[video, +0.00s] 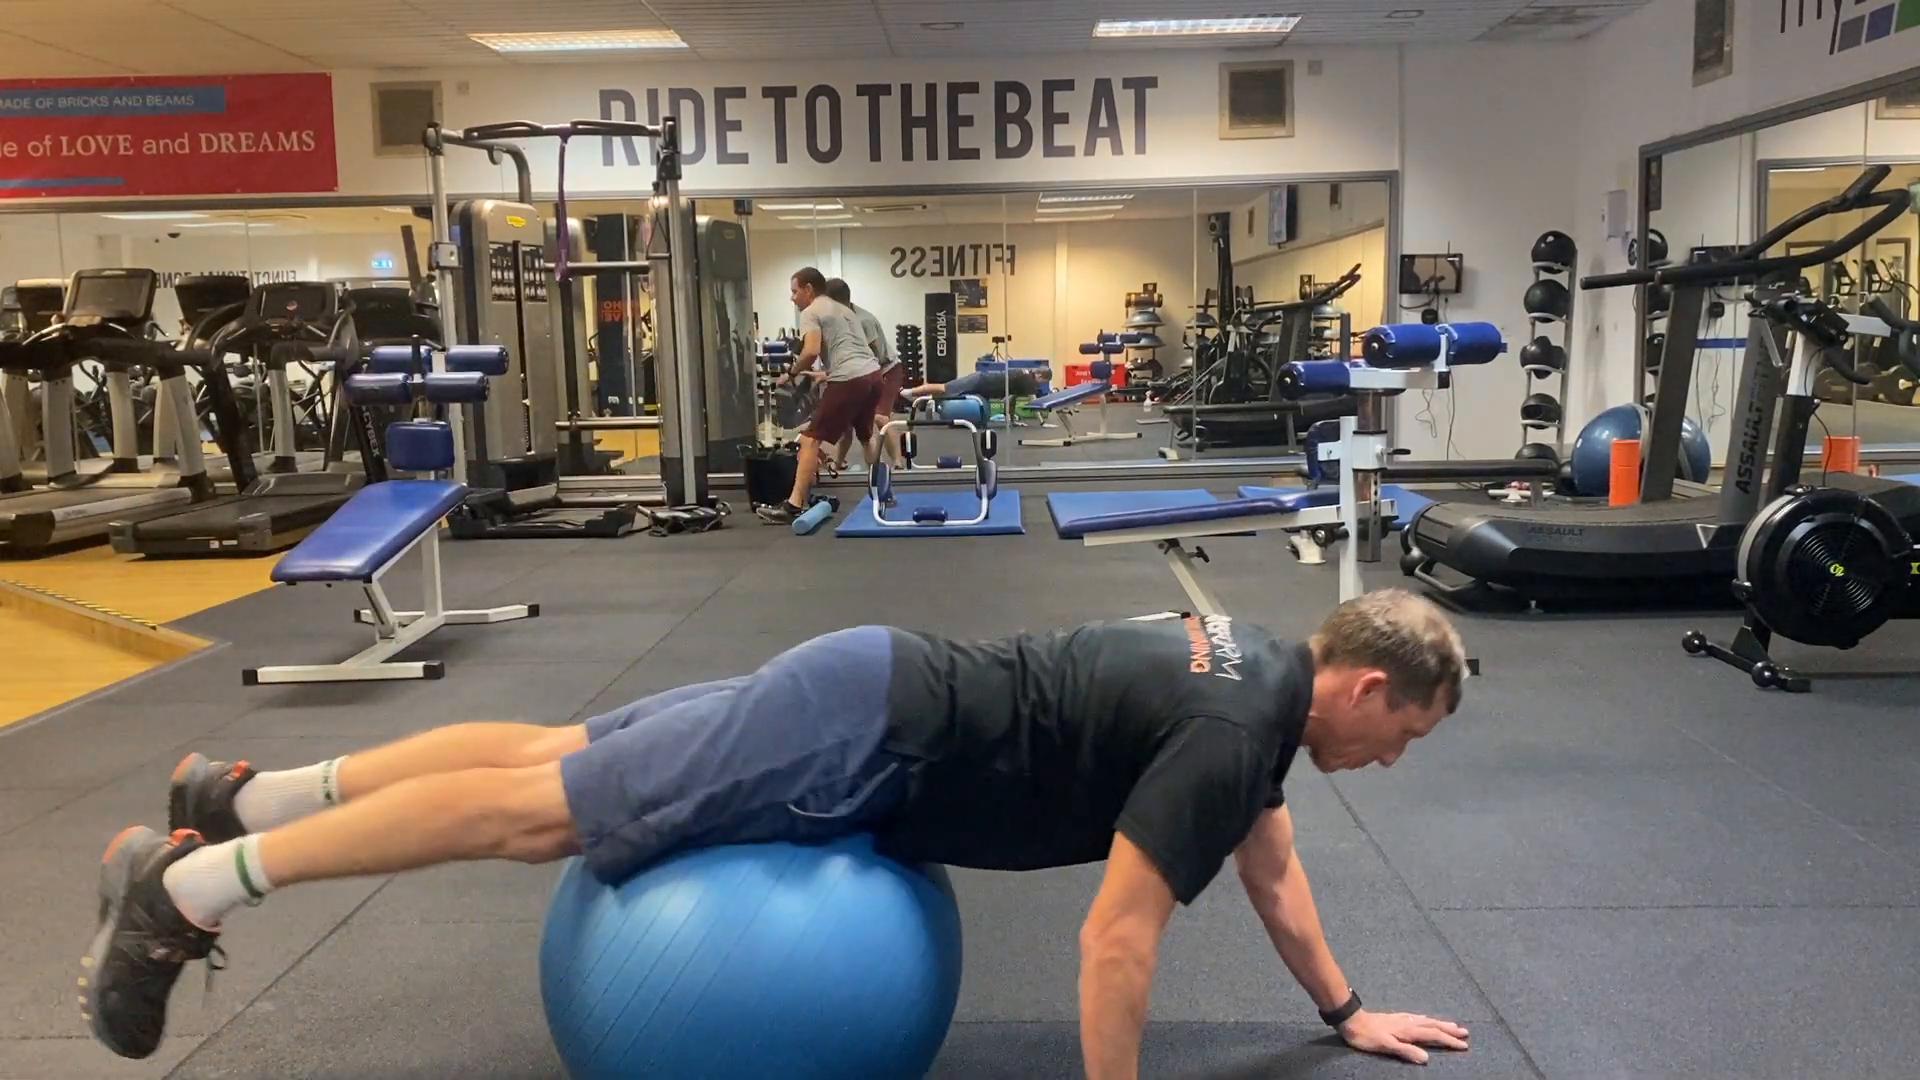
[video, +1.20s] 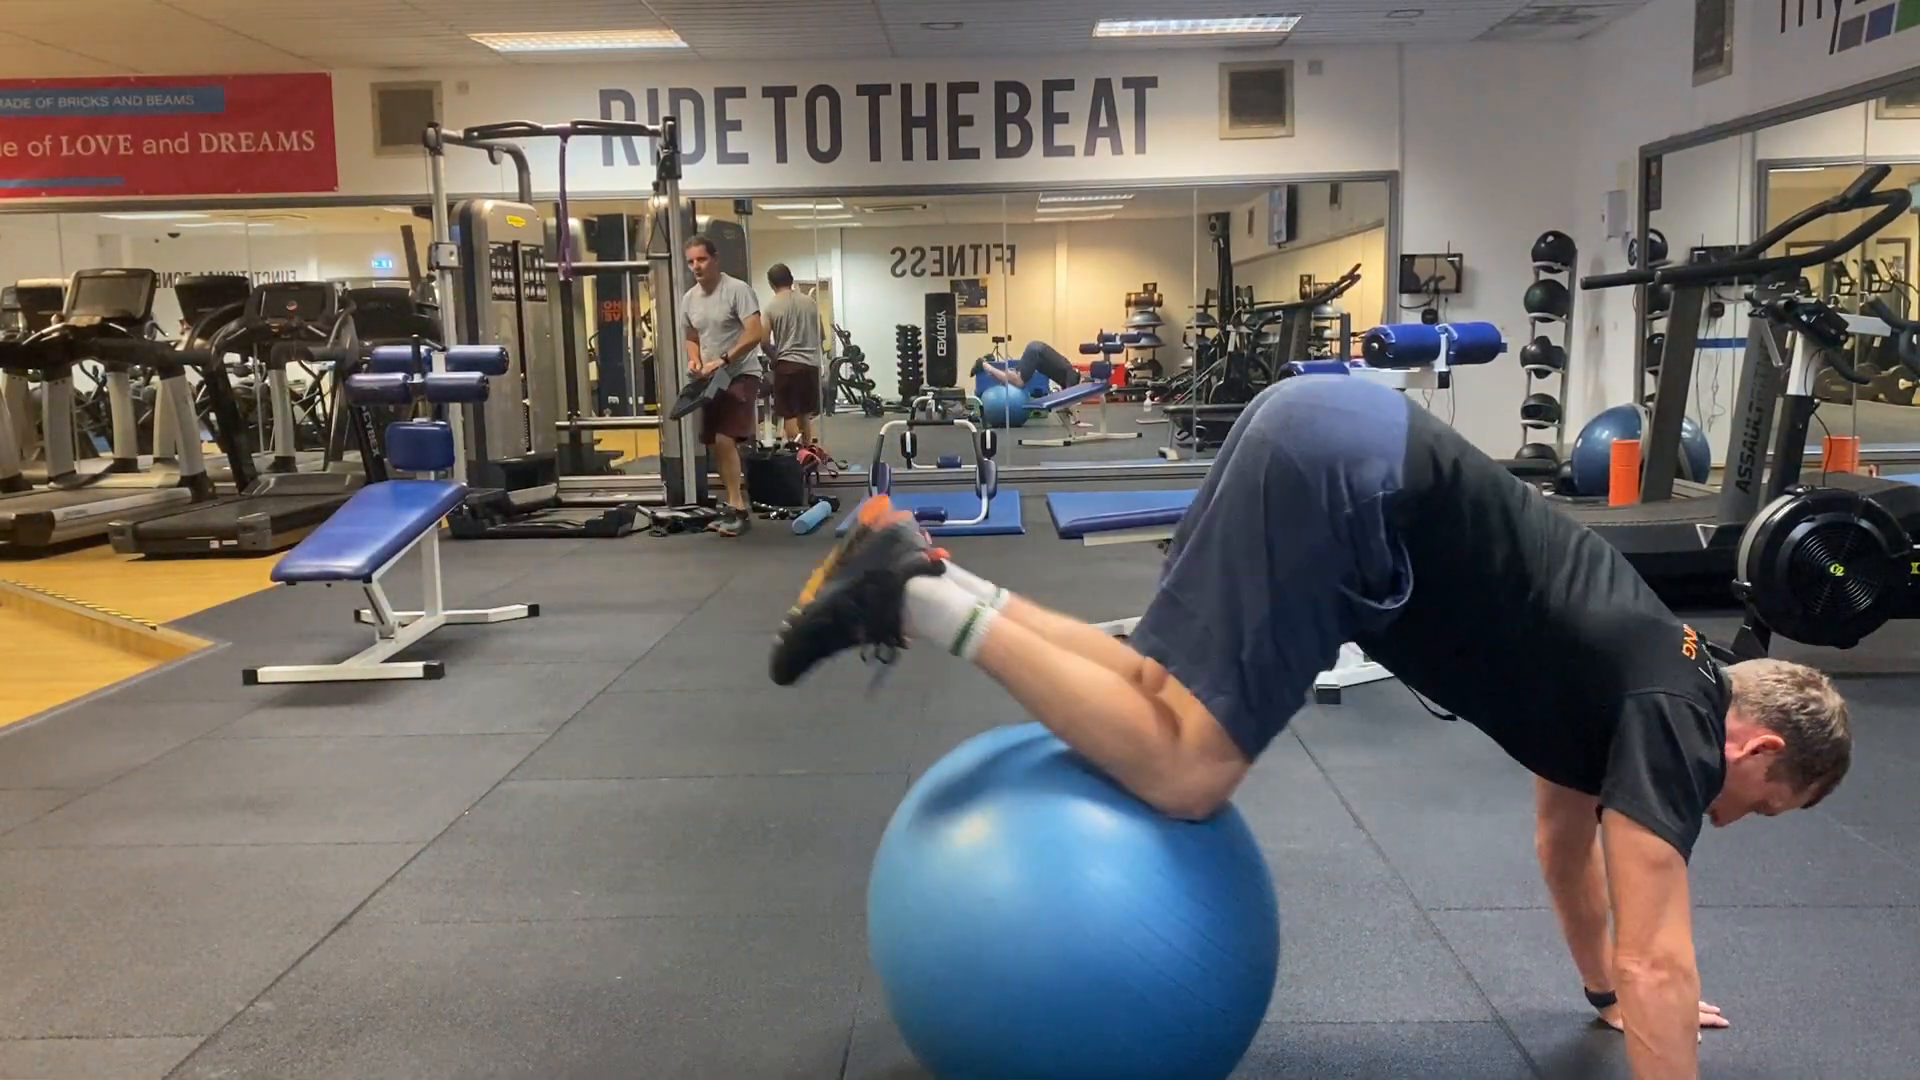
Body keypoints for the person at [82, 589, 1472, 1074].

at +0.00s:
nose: (1406, 750)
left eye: (1418, 732)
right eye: (1413, 731)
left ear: (1359, 668)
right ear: (1368, 694)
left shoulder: (1263, 684)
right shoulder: (1233, 732)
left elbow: (1278, 874)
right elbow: (1113, 943)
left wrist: (1346, 1013)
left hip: (877, 684)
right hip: (867, 728)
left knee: (565, 752)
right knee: (542, 812)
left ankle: (257, 795)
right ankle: (193, 886)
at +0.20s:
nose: (1488, 723)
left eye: (1501, 705)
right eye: (1496, 700)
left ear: (1438, 633)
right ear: (1449, 663)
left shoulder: (1325, 643)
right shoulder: (1339, 705)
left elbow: (1295, 863)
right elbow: (1311, 929)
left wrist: (1356, 992)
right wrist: (1397, 1054)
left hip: (955, 662)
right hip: (955, 718)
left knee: (651, 732)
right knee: (622, 812)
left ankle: (349, 744)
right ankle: (300, 904)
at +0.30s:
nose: (1533, 727)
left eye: (1544, 706)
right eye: (1534, 701)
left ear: (1464, 650)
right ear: (1483, 661)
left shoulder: (1346, 659)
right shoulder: (1401, 723)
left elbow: (1297, 863)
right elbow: (1504, 957)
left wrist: (1342, 1011)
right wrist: (1599, 1076)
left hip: (989, 676)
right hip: (984, 728)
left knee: (689, 720)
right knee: (655, 797)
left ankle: (399, 728)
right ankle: (331, 858)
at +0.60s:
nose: (1721, 726)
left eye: (1728, 703)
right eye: (1728, 704)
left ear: (1641, 652)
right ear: (1678, 685)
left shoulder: (1517, 671)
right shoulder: (1567, 745)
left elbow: (1373, 808)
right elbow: (1614, 998)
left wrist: (1418, 966)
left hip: (1163, 717)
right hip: (1150, 748)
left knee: (836, 740)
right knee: (832, 758)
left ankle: (515, 691)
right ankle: (496, 706)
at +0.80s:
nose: (1767, 771)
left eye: (1781, 753)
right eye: (1784, 750)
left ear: (1721, 666)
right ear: (1753, 704)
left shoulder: (1594, 681)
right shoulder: (1640, 727)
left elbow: (1554, 888)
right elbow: (1630, 970)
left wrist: (1620, 1003)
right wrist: (1659, 1063)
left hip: (1229, 733)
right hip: (1232, 726)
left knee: (913, 769)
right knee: (899, 780)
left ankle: (642, 604)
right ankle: (633, 609)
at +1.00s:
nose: (1782, 803)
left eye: (1803, 794)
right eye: (1799, 781)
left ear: (1756, 676)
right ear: (1778, 726)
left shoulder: (1633, 667)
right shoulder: (1686, 721)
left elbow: (1557, 851)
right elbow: (1645, 984)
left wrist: (1604, 982)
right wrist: (1663, 1062)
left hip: (1291, 548)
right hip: (1302, 589)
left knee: (1014, 702)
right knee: (1006, 772)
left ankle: (797, 491)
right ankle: (757, 563)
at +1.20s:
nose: (1748, 822)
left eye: (1769, 810)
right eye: (1771, 805)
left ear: (1736, 699)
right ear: (1755, 746)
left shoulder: (1618, 667)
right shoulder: (1668, 702)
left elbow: (1573, 846)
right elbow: (1659, 974)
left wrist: (1611, 987)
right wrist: (1671, 1079)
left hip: (1328, 417)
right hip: (1352, 456)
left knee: (1155, 696)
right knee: (1190, 764)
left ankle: (913, 571)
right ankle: (918, 594)